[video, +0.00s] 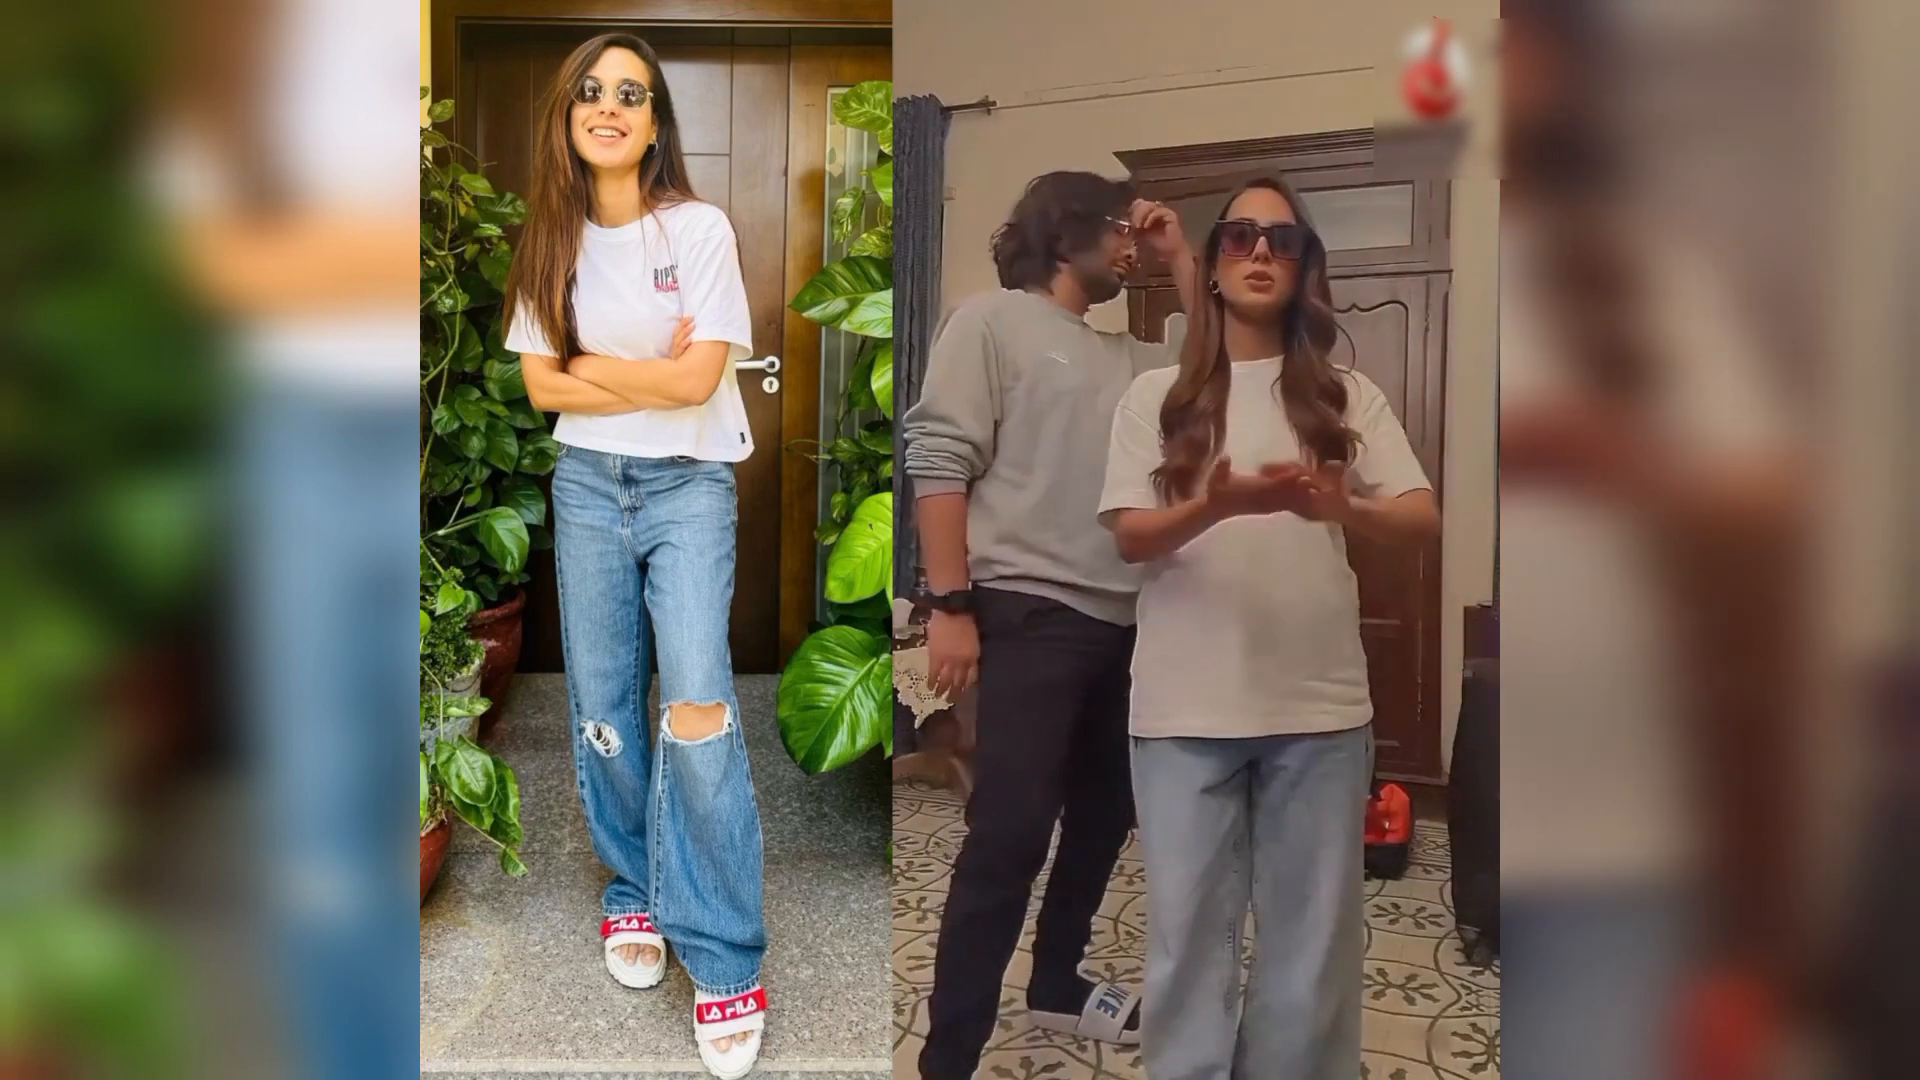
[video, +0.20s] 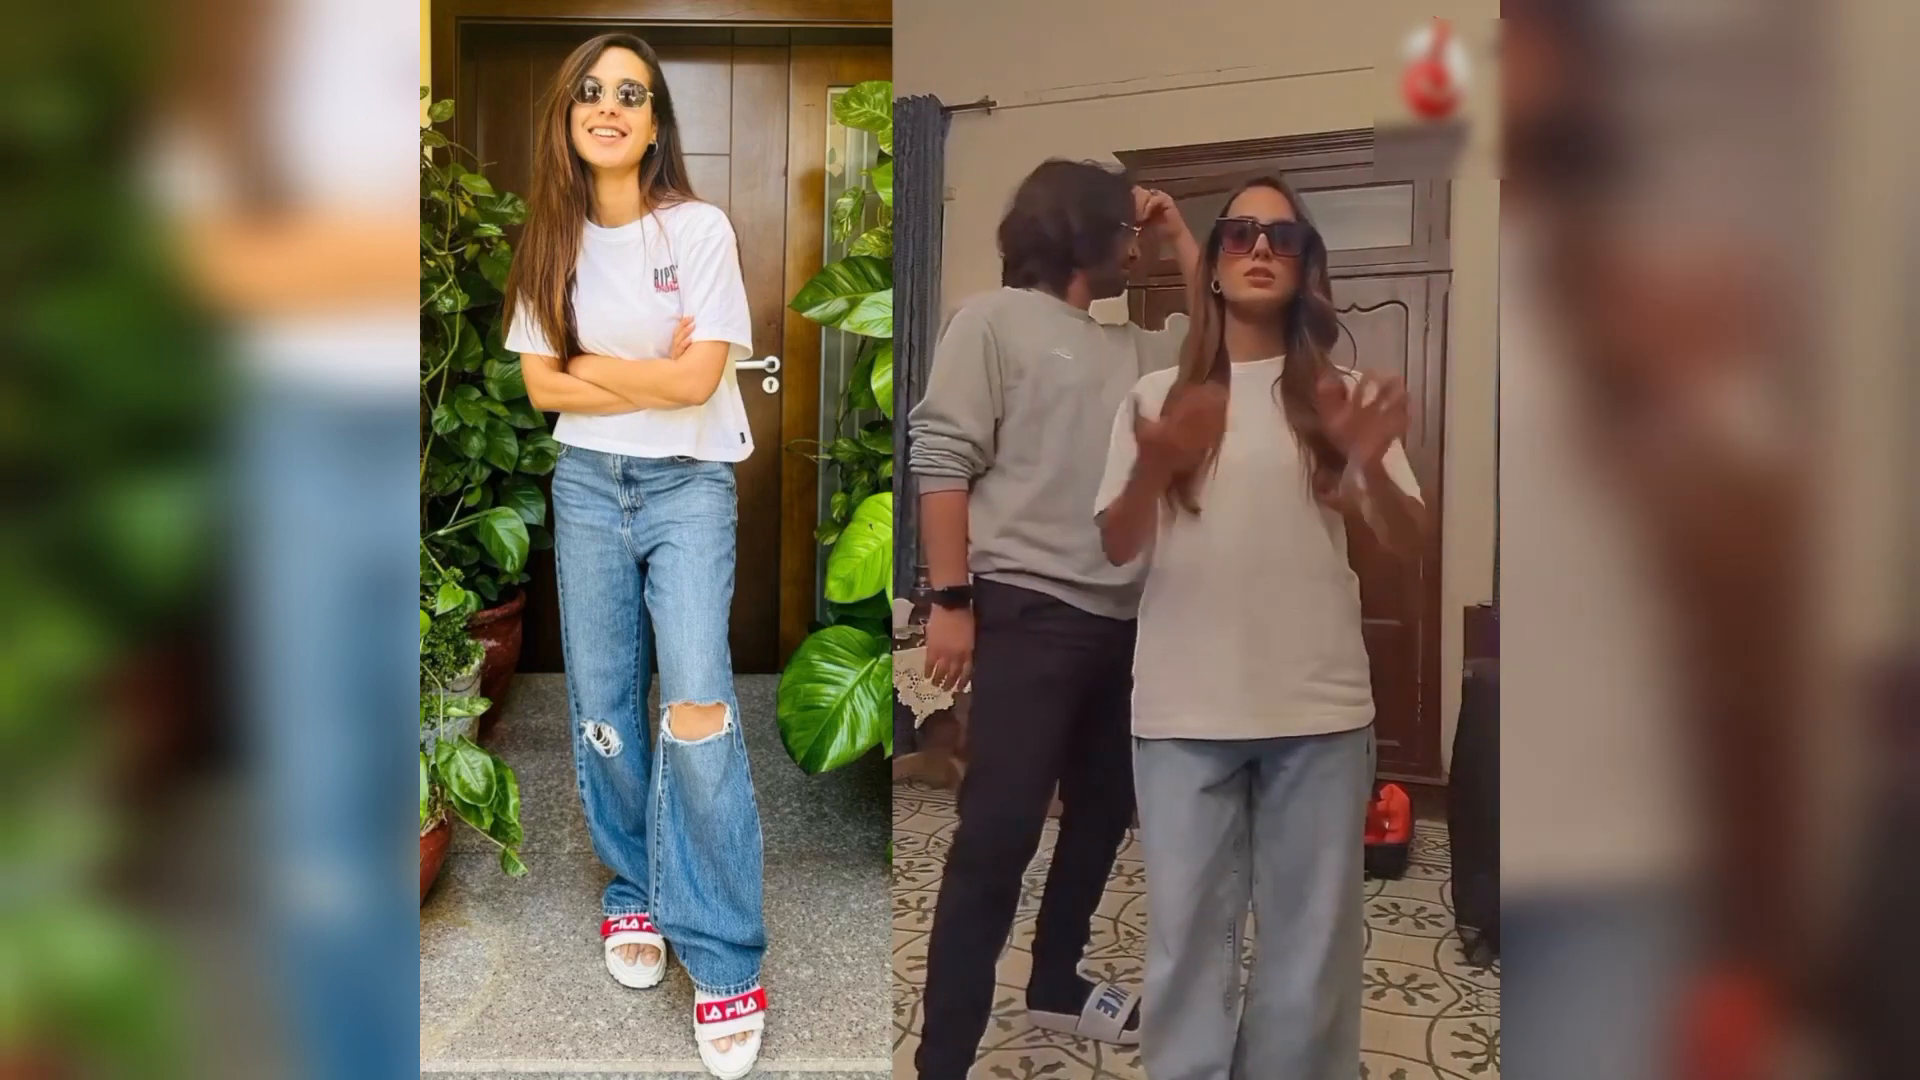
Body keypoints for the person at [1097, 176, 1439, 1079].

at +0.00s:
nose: (1259, 251)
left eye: (1280, 239)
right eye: (1239, 237)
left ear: (1305, 267)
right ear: (1212, 262)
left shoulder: (1348, 393)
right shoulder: (1156, 395)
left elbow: (1422, 520)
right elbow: (1133, 538)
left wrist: (1344, 506)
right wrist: (1217, 504)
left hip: (1321, 714)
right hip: (1183, 716)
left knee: (1314, 955)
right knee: (1184, 947)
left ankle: (1292, 1074)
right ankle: (1186, 1071)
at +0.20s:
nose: (1260, 248)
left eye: (1283, 238)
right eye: (1240, 235)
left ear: (1307, 269)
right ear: (1212, 265)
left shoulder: (1347, 395)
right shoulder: (1155, 397)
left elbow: (1410, 549)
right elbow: (1118, 552)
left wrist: (1372, 466)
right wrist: (1154, 469)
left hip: (1321, 714)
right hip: (1182, 717)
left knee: (1312, 959)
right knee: (1184, 949)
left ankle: (1293, 1073)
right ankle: (1185, 1069)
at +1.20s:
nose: (1262, 250)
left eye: (1282, 237)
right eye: (1243, 235)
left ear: (1309, 262)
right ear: (1213, 258)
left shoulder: (1346, 393)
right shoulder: (1156, 392)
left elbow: (1385, 540)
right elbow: (1113, 536)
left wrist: (1470, 491)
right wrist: (1029, 481)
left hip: (1318, 707)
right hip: (1182, 708)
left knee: (1312, 946)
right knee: (1183, 941)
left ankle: (1293, 1074)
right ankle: (1186, 1069)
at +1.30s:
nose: (1263, 252)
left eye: (1284, 240)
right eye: (1244, 237)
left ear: (1309, 269)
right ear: (1215, 265)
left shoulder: (1344, 397)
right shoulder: (1156, 397)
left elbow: (1386, 545)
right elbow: (1111, 538)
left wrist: (1476, 679)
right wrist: (1045, 652)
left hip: (1318, 716)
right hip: (1180, 716)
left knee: (1312, 952)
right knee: (1183, 945)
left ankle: (1296, 1072)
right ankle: (1184, 1067)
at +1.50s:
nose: (1261, 246)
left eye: (1283, 235)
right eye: (1241, 233)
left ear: (1308, 267)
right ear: (1215, 262)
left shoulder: (1349, 395)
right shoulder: (1162, 393)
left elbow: (1378, 547)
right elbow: (1147, 545)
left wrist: (1360, 675)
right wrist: (1124, 665)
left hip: (1315, 712)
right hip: (1183, 712)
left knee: (1310, 952)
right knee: (1184, 945)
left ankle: (1293, 1070)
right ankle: (1185, 1066)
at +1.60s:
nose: (1249, 245)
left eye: (1272, 233)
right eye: (1232, 233)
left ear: (1306, 261)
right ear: (1210, 262)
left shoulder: (1349, 392)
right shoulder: (1172, 395)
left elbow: (1397, 551)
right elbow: (1156, 544)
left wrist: (1332, 521)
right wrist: (1031, 522)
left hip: (1317, 705)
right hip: (1188, 703)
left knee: (1313, 955)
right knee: (1185, 950)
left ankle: (1287, 1078)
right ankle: (1188, 1072)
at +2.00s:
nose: (1262, 253)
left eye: (1284, 240)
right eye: (1245, 237)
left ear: (1312, 267)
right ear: (1218, 262)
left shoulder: (1348, 396)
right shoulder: (1163, 391)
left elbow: (1386, 540)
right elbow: (1124, 534)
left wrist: (1343, 611)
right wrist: (1067, 610)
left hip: (1317, 710)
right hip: (1185, 708)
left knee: (1312, 949)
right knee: (1182, 941)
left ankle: (1291, 1077)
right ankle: (1185, 1071)